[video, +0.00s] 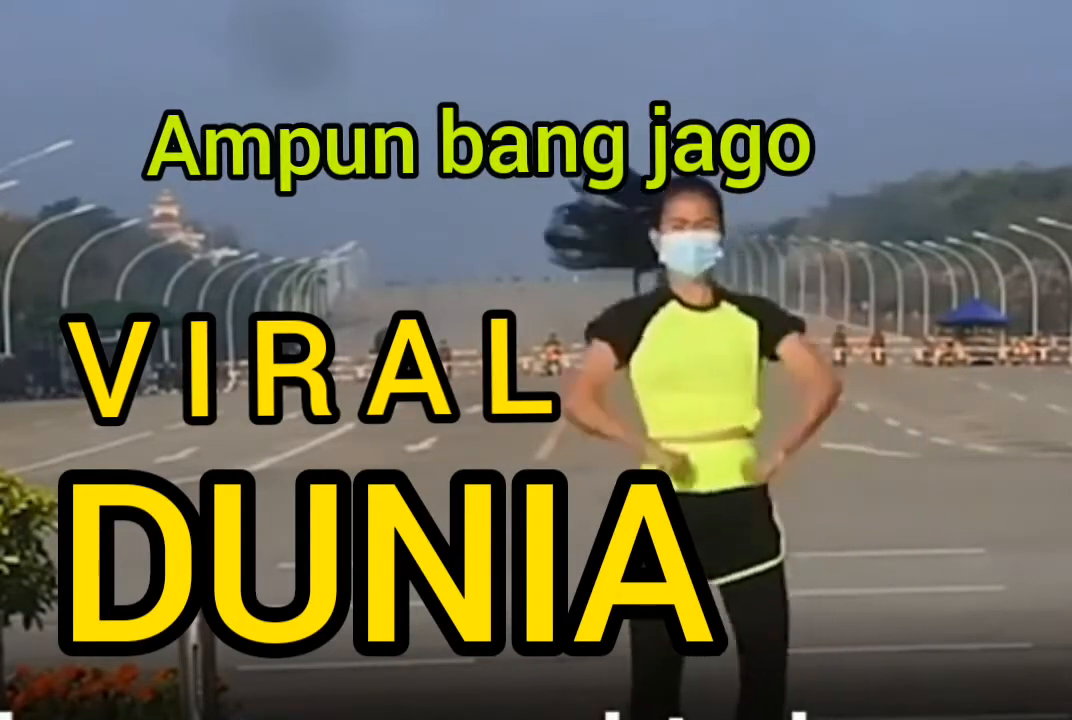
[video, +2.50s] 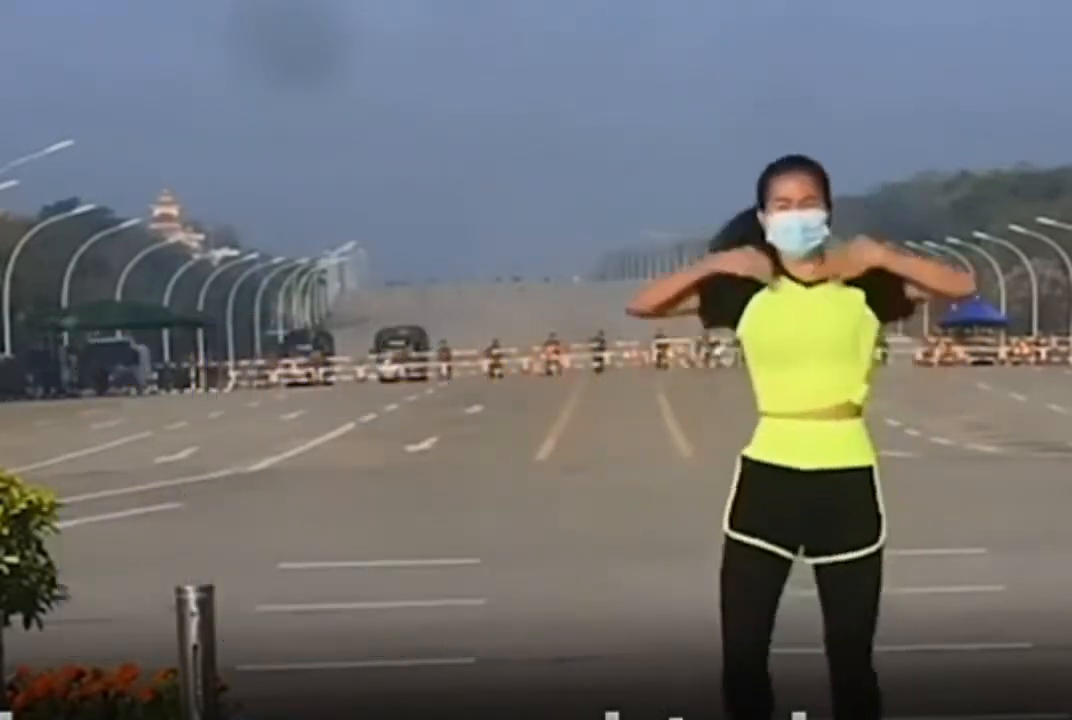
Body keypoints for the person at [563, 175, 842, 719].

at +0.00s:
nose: (693, 238)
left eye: (705, 226)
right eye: (679, 226)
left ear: (721, 238)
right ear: (658, 239)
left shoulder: (756, 316)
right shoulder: (631, 318)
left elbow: (824, 385)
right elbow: (578, 399)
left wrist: (779, 455)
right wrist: (639, 445)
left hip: (740, 508)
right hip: (658, 511)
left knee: (767, 666)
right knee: (654, 672)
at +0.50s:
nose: (676, 257)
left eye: (688, 244)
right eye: (663, 246)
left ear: (706, 255)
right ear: (643, 259)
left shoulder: (737, 330)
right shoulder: (620, 333)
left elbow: (817, 356)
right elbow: (539, 371)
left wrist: (742, 379)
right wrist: (620, 377)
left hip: (725, 519)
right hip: (646, 522)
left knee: (745, 682)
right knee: (635, 684)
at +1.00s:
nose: (706, 279)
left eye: (717, 267)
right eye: (691, 269)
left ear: (735, 278)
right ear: (670, 282)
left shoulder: (768, 352)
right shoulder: (655, 356)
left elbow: (800, 382)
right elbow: (651, 385)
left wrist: (810, 372)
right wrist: (656, 381)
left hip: (766, 541)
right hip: (687, 548)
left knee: (833, 685)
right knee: (661, 697)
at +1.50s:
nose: (753, 264)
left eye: (765, 252)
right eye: (739, 254)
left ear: (783, 265)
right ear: (718, 270)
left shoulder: (809, 340)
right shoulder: (703, 338)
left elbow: (828, 351)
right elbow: (691, 367)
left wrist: (840, 335)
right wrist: (699, 343)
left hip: (801, 535)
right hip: (720, 536)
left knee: (852, 695)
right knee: (682, 698)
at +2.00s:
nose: (796, 227)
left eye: (808, 216)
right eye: (781, 217)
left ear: (825, 227)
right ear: (761, 232)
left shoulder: (862, 304)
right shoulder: (738, 307)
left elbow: (943, 350)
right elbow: (671, 368)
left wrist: (873, 379)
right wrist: (749, 400)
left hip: (847, 497)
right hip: (767, 499)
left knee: (868, 663)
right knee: (761, 666)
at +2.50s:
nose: (798, 217)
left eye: (810, 205)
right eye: (783, 206)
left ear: (828, 213)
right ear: (763, 217)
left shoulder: (867, 286)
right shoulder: (747, 291)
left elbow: (962, 283)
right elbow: (642, 305)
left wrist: (879, 254)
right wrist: (717, 263)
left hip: (847, 480)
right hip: (766, 478)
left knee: (851, 661)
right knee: (742, 660)